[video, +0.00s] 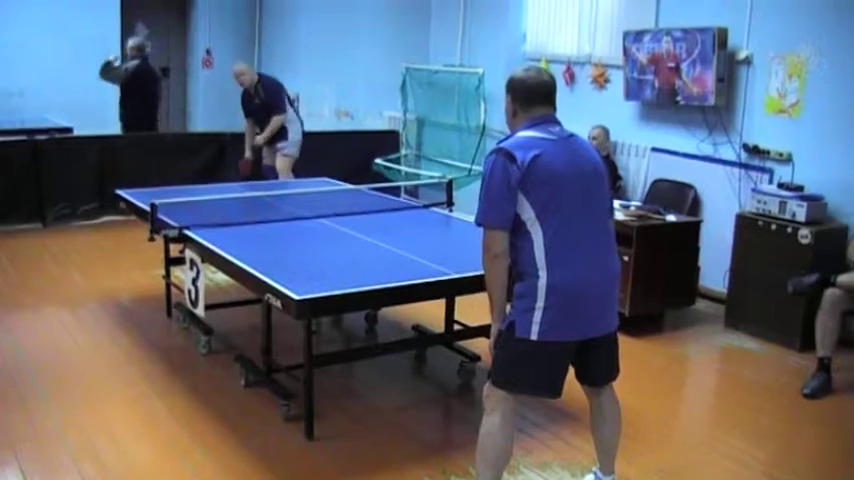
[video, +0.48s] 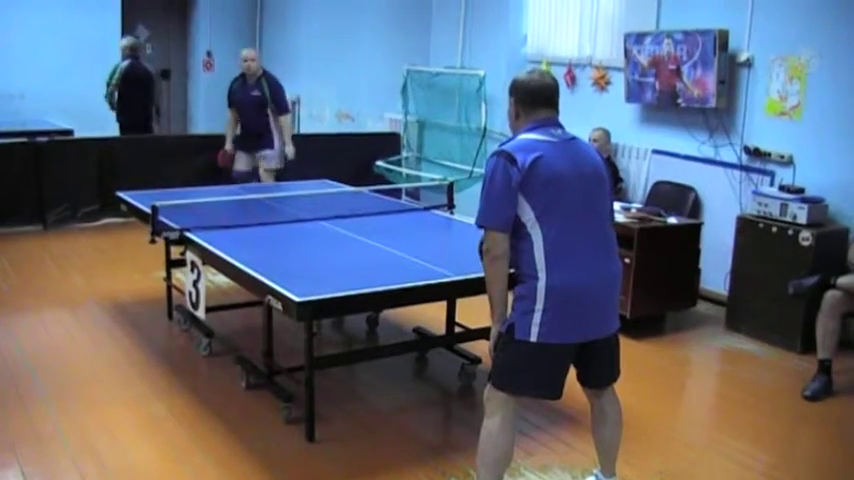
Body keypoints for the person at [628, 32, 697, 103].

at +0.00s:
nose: (667, 45)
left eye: (669, 42)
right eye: (665, 43)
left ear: (672, 44)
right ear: (662, 44)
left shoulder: (675, 57)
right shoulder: (657, 56)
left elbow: (681, 75)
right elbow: (645, 62)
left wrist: (692, 88)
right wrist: (635, 53)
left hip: (672, 87)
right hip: (660, 87)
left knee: (672, 110)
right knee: (659, 109)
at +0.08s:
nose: (668, 46)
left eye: (669, 43)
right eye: (666, 43)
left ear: (672, 44)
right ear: (662, 44)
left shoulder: (675, 57)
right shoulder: (657, 56)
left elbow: (681, 75)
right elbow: (645, 63)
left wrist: (692, 88)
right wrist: (636, 53)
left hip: (672, 88)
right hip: (660, 88)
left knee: (673, 112)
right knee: (660, 111)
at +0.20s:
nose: (667, 45)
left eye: (669, 43)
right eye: (666, 43)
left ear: (672, 44)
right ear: (662, 44)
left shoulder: (675, 57)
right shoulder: (657, 56)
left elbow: (681, 75)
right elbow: (646, 63)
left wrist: (693, 89)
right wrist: (635, 52)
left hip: (673, 88)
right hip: (660, 88)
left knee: (674, 112)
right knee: (661, 111)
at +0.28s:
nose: (668, 46)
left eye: (669, 44)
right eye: (666, 44)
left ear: (672, 45)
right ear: (662, 45)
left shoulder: (675, 58)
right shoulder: (657, 57)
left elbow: (681, 76)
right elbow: (646, 64)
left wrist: (693, 90)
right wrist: (635, 53)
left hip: (673, 89)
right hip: (661, 89)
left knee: (674, 113)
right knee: (661, 112)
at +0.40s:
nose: (667, 46)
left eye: (669, 44)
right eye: (666, 44)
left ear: (672, 45)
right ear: (662, 45)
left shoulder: (675, 58)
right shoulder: (657, 58)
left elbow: (681, 76)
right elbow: (646, 64)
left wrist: (693, 90)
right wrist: (635, 53)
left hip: (673, 90)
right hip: (661, 89)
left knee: (674, 113)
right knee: (661, 112)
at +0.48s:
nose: (668, 47)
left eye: (669, 44)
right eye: (666, 44)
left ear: (673, 46)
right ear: (663, 46)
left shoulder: (675, 59)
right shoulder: (657, 58)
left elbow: (681, 77)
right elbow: (646, 65)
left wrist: (693, 90)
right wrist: (635, 54)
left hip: (673, 90)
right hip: (661, 90)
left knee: (674, 113)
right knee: (661, 113)